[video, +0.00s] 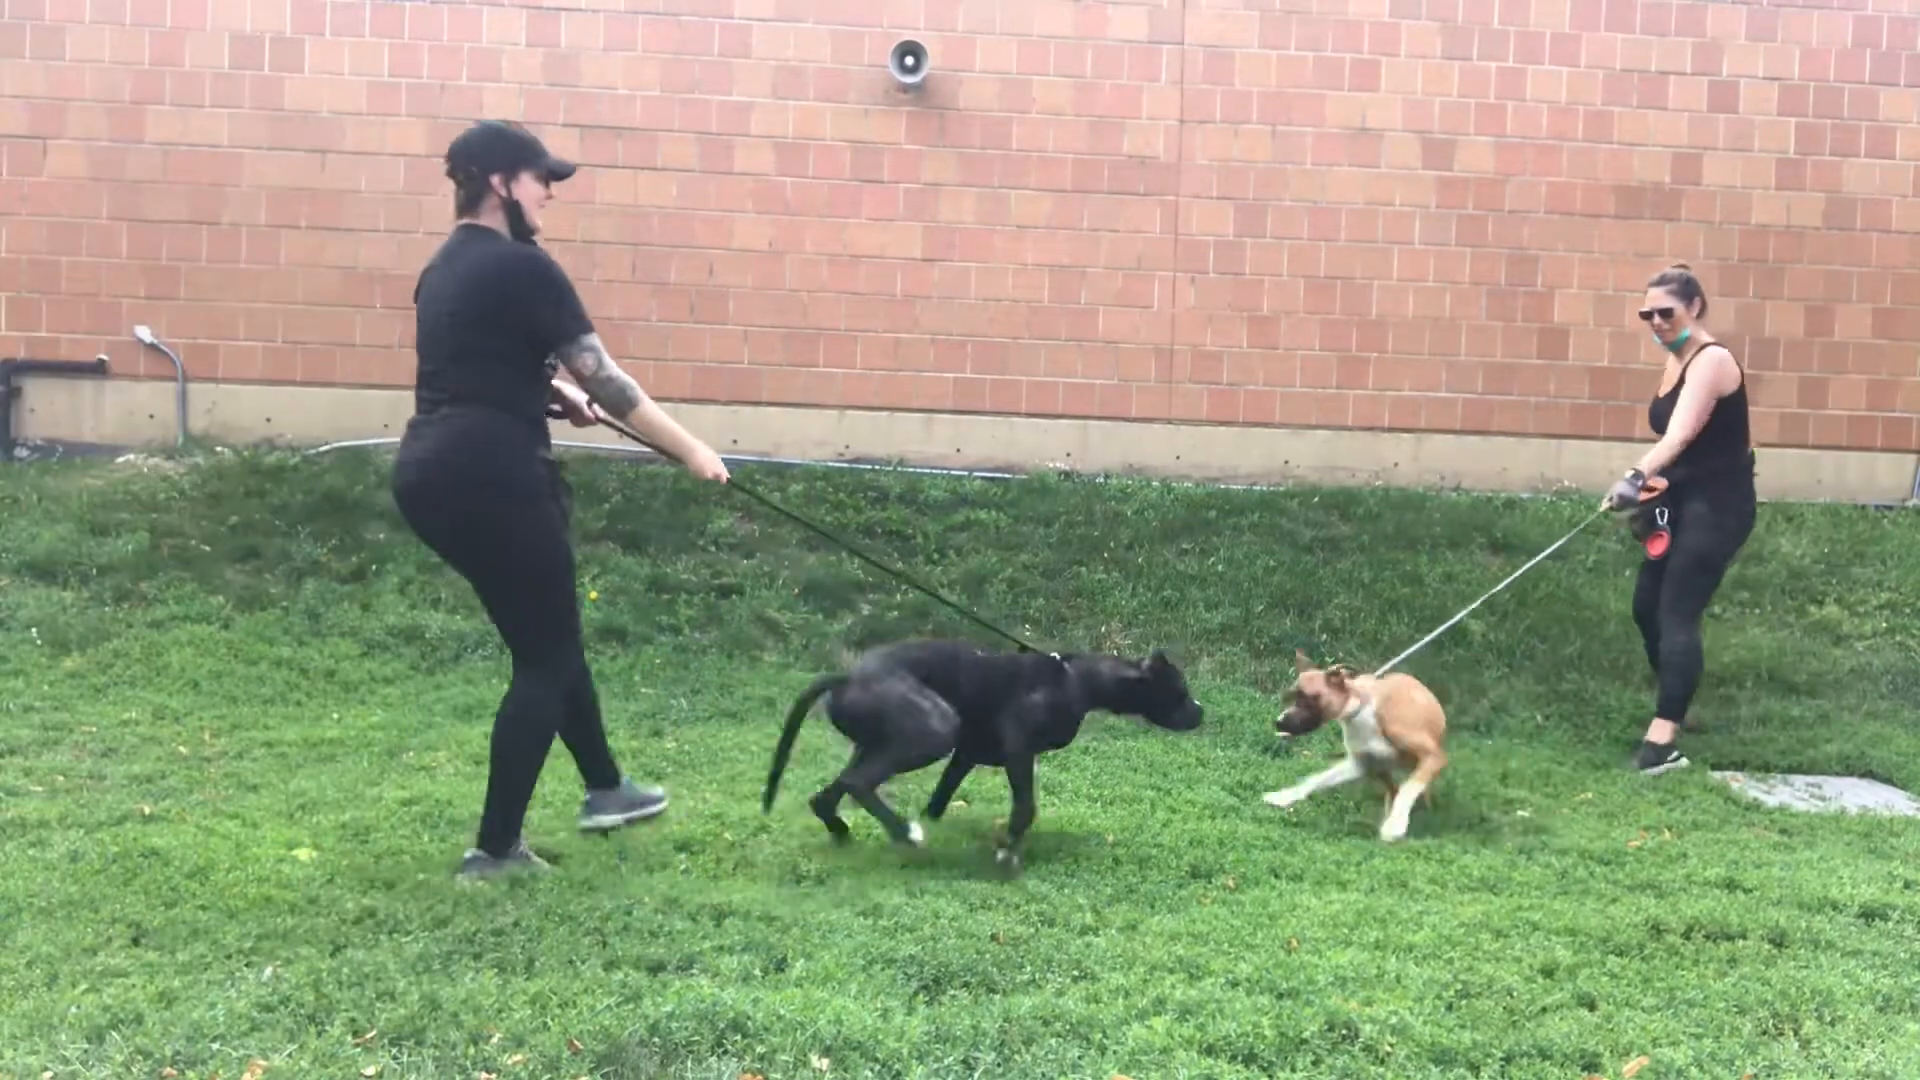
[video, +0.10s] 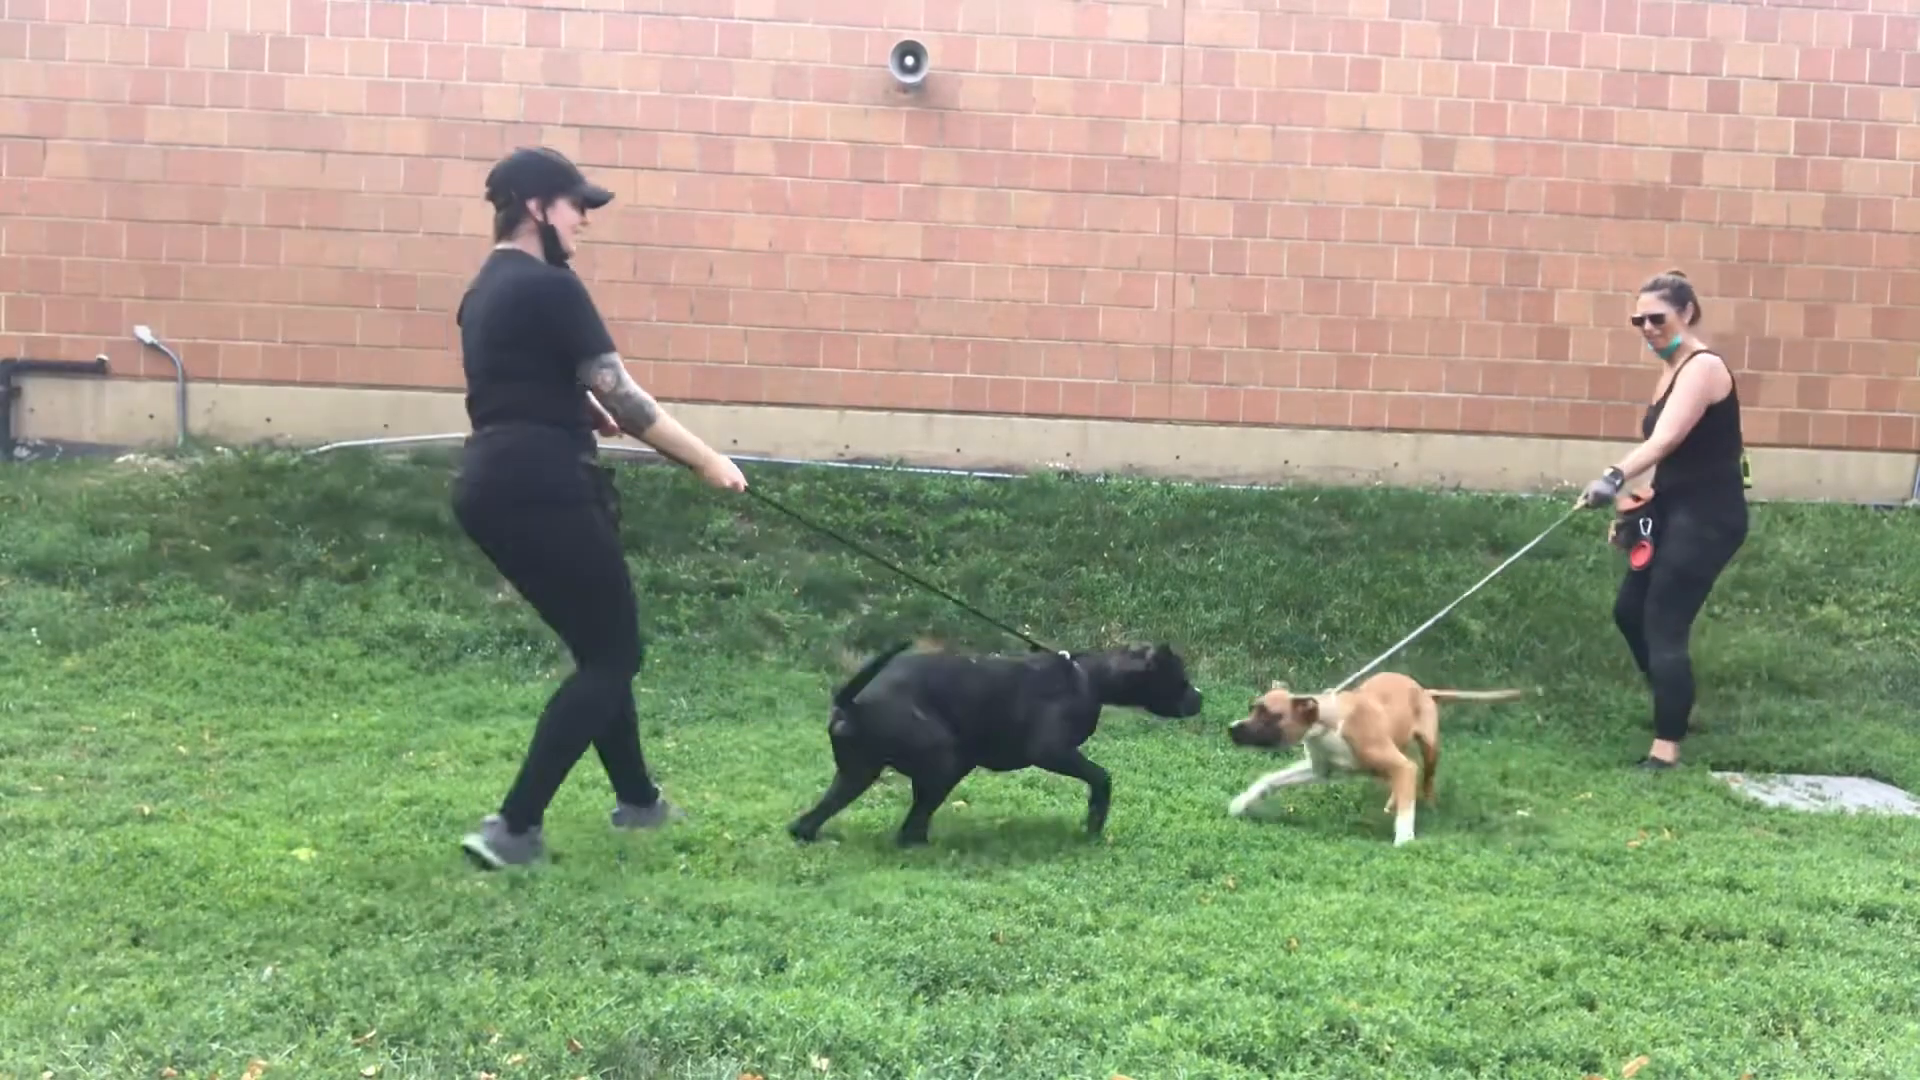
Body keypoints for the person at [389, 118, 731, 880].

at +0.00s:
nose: (549, 195)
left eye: (549, 181)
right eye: (541, 180)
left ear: (479, 186)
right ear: (500, 184)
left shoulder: (442, 267)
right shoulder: (523, 267)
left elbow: (470, 367)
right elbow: (605, 383)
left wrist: (549, 393)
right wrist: (691, 450)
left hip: (427, 468)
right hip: (498, 470)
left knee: (552, 629)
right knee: (544, 655)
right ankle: (497, 848)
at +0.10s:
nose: (583, 221)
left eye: (583, 207)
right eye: (575, 205)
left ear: (519, 211)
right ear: (534, 207)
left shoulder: (483, 290)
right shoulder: (550, 285)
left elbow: (531, 404)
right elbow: (623, 401)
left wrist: (617, 427)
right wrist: (706, 459)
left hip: (488, 481)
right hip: (544, 482)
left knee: (598, 643)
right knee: (612, 653)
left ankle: (639, 801)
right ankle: (513, 827)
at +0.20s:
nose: (618, 235)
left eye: (618, 222)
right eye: (611, 220)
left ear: (557, 222)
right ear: (572, 220)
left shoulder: (529, 290)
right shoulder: (576, 293)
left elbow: (575, 419)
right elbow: (635, 408)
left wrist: (663, 441)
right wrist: (724, 466)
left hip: (521, 487)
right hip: (570, 489)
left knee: (640, 636)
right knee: (679, 627)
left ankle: (647, 804)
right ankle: (594, 785)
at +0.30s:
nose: (647, 239)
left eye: (648, 227)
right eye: (641, 225)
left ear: (586, 224)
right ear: (603, 222)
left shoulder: (545, 297)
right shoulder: (614, 293)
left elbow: (567, 398)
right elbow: (680, 400)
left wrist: (639, 413)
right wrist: (761, 454)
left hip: (536, 486)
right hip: (600, 483)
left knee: (640, 635)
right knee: (701, 618)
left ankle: (644, 802)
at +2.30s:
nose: (722, 266)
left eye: (723, 256)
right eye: (716, 255)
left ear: (671, 253)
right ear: (682, 251)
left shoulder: (626, 307)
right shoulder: (693, 307)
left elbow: (648, 401)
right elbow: (734, 408)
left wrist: (718, 417)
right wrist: (796, 455)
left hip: (618, 468)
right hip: (682, 473)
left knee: (635, 623)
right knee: (717, 625)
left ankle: (633, 771)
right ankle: (729, 775)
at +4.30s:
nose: (734, 270)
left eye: (735, 261)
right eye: (726, 260)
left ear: (695, 264)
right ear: (692, 261)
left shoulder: (669, 309)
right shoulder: (695, 316)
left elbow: (702, 402)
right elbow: (733, 405)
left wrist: (745, 424)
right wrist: (802, 450)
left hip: (651, 466)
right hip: (685, 472)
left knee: (660, 611)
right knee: (730, 609)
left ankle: (638, 753)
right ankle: (747, 751)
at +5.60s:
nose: (742, 275)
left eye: (745, 266)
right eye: (730, 265)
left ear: (744, 270)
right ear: (700, 271)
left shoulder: (706, 319)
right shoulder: (706, 322)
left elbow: (738, 402)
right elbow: (754, 401)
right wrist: (825, 438)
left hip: (708, 467)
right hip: (713, 470)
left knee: (732, 599)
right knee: (745, 601)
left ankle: (691, 720)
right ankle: (723, 741)